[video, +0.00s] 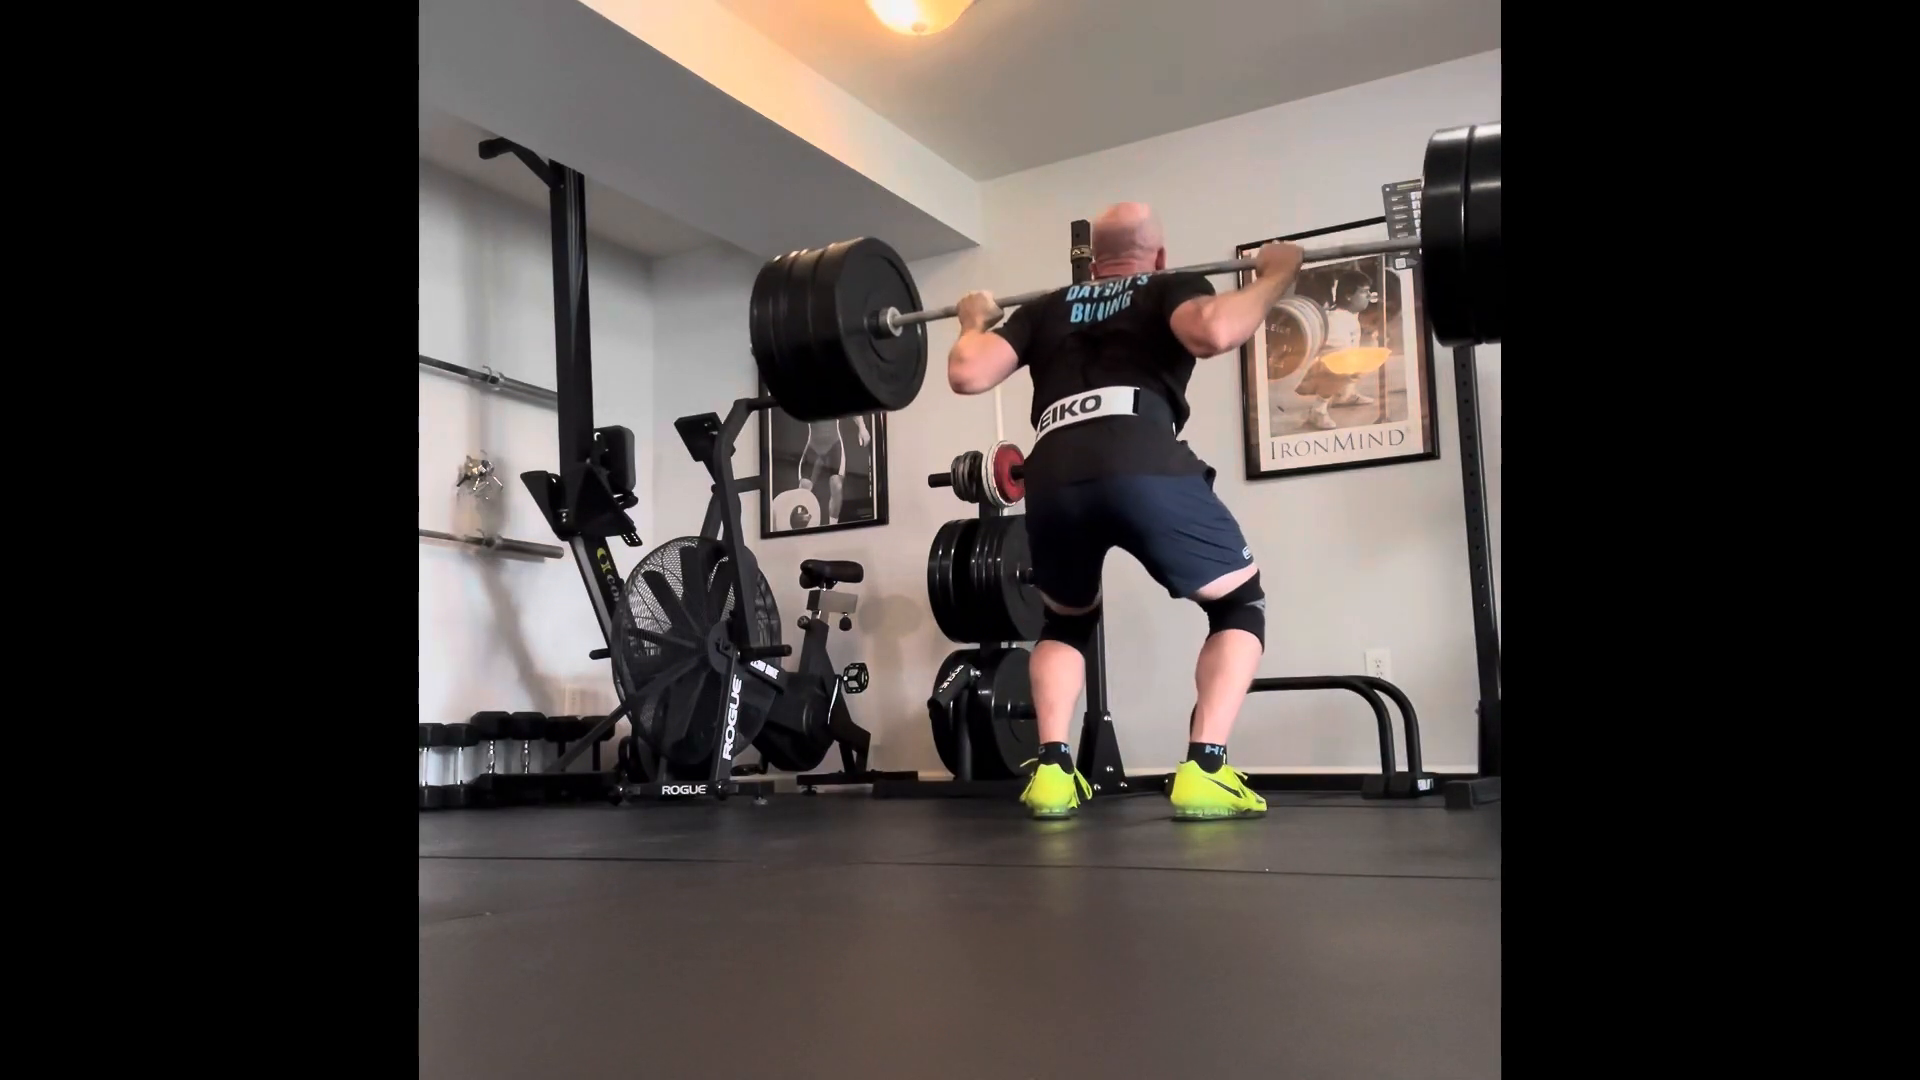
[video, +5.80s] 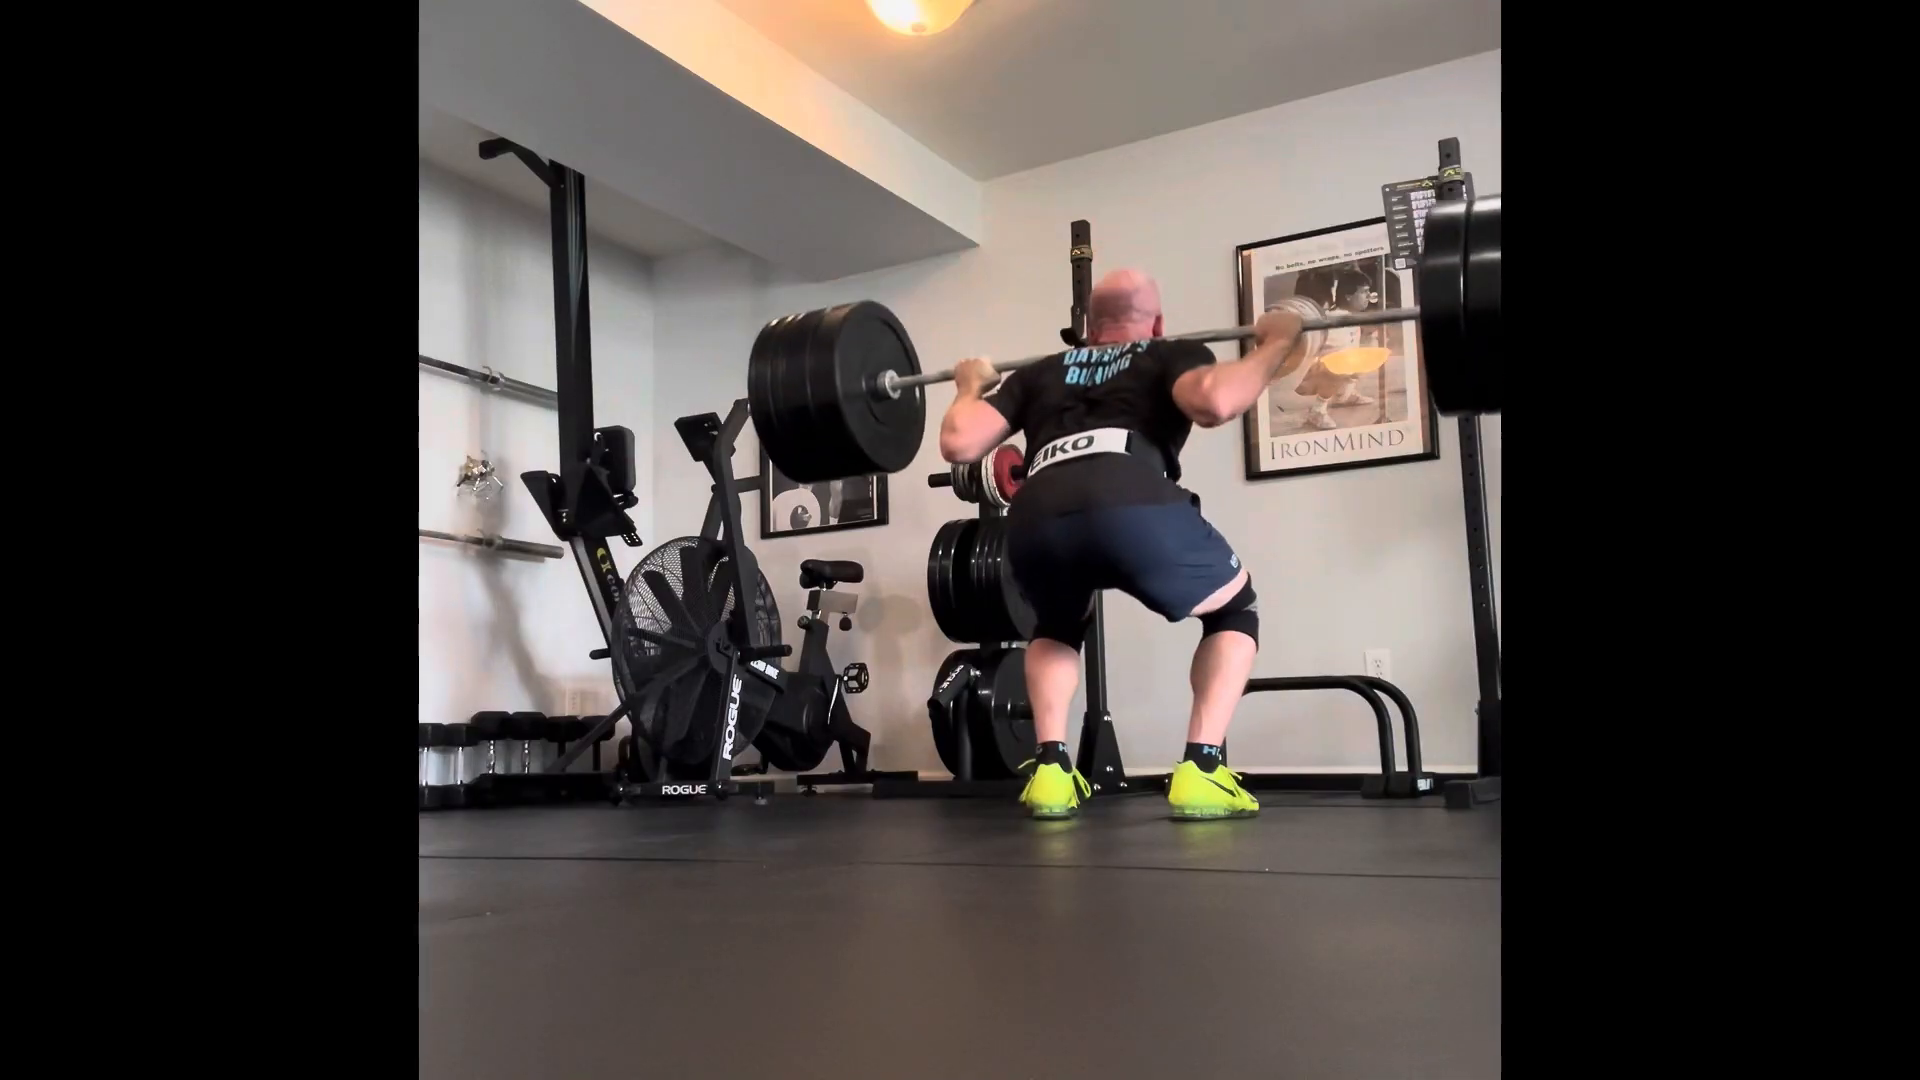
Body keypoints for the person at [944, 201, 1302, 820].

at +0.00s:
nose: (1163, 257)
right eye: (1161, 250)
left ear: (1092, 257)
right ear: (1157, 255)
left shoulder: (1045, 308)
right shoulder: (1168, 285)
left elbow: (965, 375)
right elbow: (1216, 331)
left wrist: (973, 320)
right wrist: (1275, 276)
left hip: (1052, 467)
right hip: (1141, 453)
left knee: (1065, 618)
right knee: (1237, 605)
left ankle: (1052, 766)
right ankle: (1205, 765)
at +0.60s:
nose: (1164, 346)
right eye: (1163, 340)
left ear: (1098, 348)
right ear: (1160, 345)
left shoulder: (1042, 395)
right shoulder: (1174, 377)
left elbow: (965, 475)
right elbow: (1221, 431)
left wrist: (972, 410)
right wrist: (1280, 371)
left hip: (1034, 538)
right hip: (1131, 526)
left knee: (1061, 629)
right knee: (1243, 611)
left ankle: (1051, 769)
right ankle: (1205, 767)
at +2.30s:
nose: (1160, 258)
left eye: (1156, 251)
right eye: (1159, 250)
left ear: (1092, 256)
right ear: (1155, 255)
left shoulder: (1043, 308)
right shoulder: (1169, 288)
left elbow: (963, 376)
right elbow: (1215, 333)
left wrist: (968, 324)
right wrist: (1273, 279)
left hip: (1046, 460)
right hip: (1138, 444)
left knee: (1092, 608)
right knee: (1224, 597)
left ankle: (1056, 764)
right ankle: (1204, 766)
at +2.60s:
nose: (1152, 154)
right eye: (1153, 145)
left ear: (1085, 156)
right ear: (1152, 150)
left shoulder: (1046, 214)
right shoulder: (1171, 186)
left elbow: (970, 286)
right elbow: (1213, 236)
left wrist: (968, 228)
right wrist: (1270, 168)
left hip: (1065, 392)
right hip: (1154, 384)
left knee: (1071, 581)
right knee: (1185, 577)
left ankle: (1052, 764)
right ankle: (1200, 764)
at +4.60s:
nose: (1150, 153)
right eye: (1153, 144)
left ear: (1087, 154)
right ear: (1154, 149)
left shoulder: (1046, 204)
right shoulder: (1165, 179)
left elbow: (969, 261)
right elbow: (1219, 217)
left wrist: (970, 216)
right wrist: (1272, 159)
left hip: (1065, 384)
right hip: (1151, 380)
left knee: (1057, 574)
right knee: (1171, 570)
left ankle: (1050, 764)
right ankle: (1197, 763)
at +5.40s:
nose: (1151, 244)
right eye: (1150, 236)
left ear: (1079, 246)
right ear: (1150, 244)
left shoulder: (1038, 294)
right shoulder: (1165, 271)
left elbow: (956, 346)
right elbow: (1214, 312)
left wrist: (967, 301)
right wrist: (1271, 254)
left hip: (1049, 450)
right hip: (1141, 438)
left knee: (1053, 612)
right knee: (1222, 598)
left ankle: (1050, 765)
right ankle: (1201, 765)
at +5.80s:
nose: (1157, 324)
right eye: (1156, 318)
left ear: (1088, 326)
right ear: (1155, 323)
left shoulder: (1040, 371)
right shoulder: (1168, 353)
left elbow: (957, 441)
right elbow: (1214, 401)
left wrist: (967, 390)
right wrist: (1274, 345)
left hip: (1037, 508)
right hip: (1130, 494)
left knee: (1056, 627)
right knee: (1233, 610)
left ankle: (1051, 769)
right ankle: (1202, 766)